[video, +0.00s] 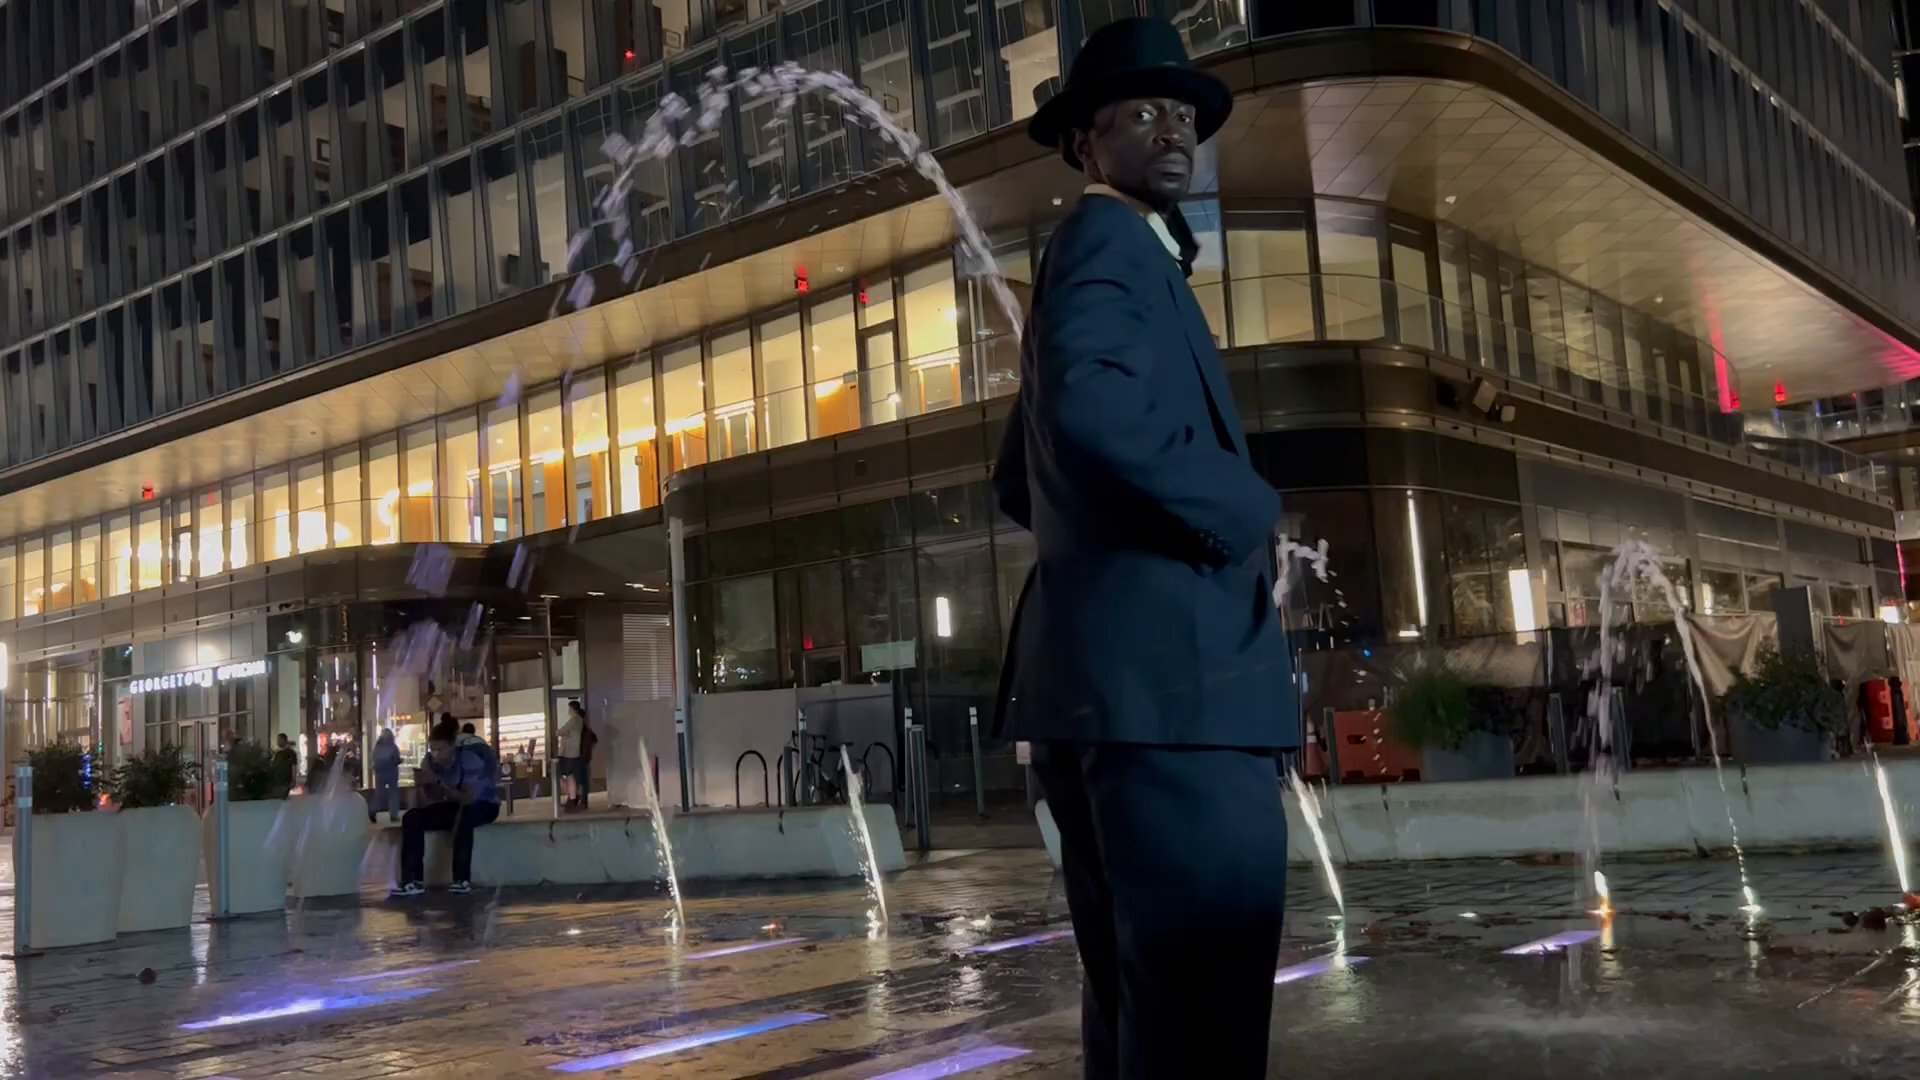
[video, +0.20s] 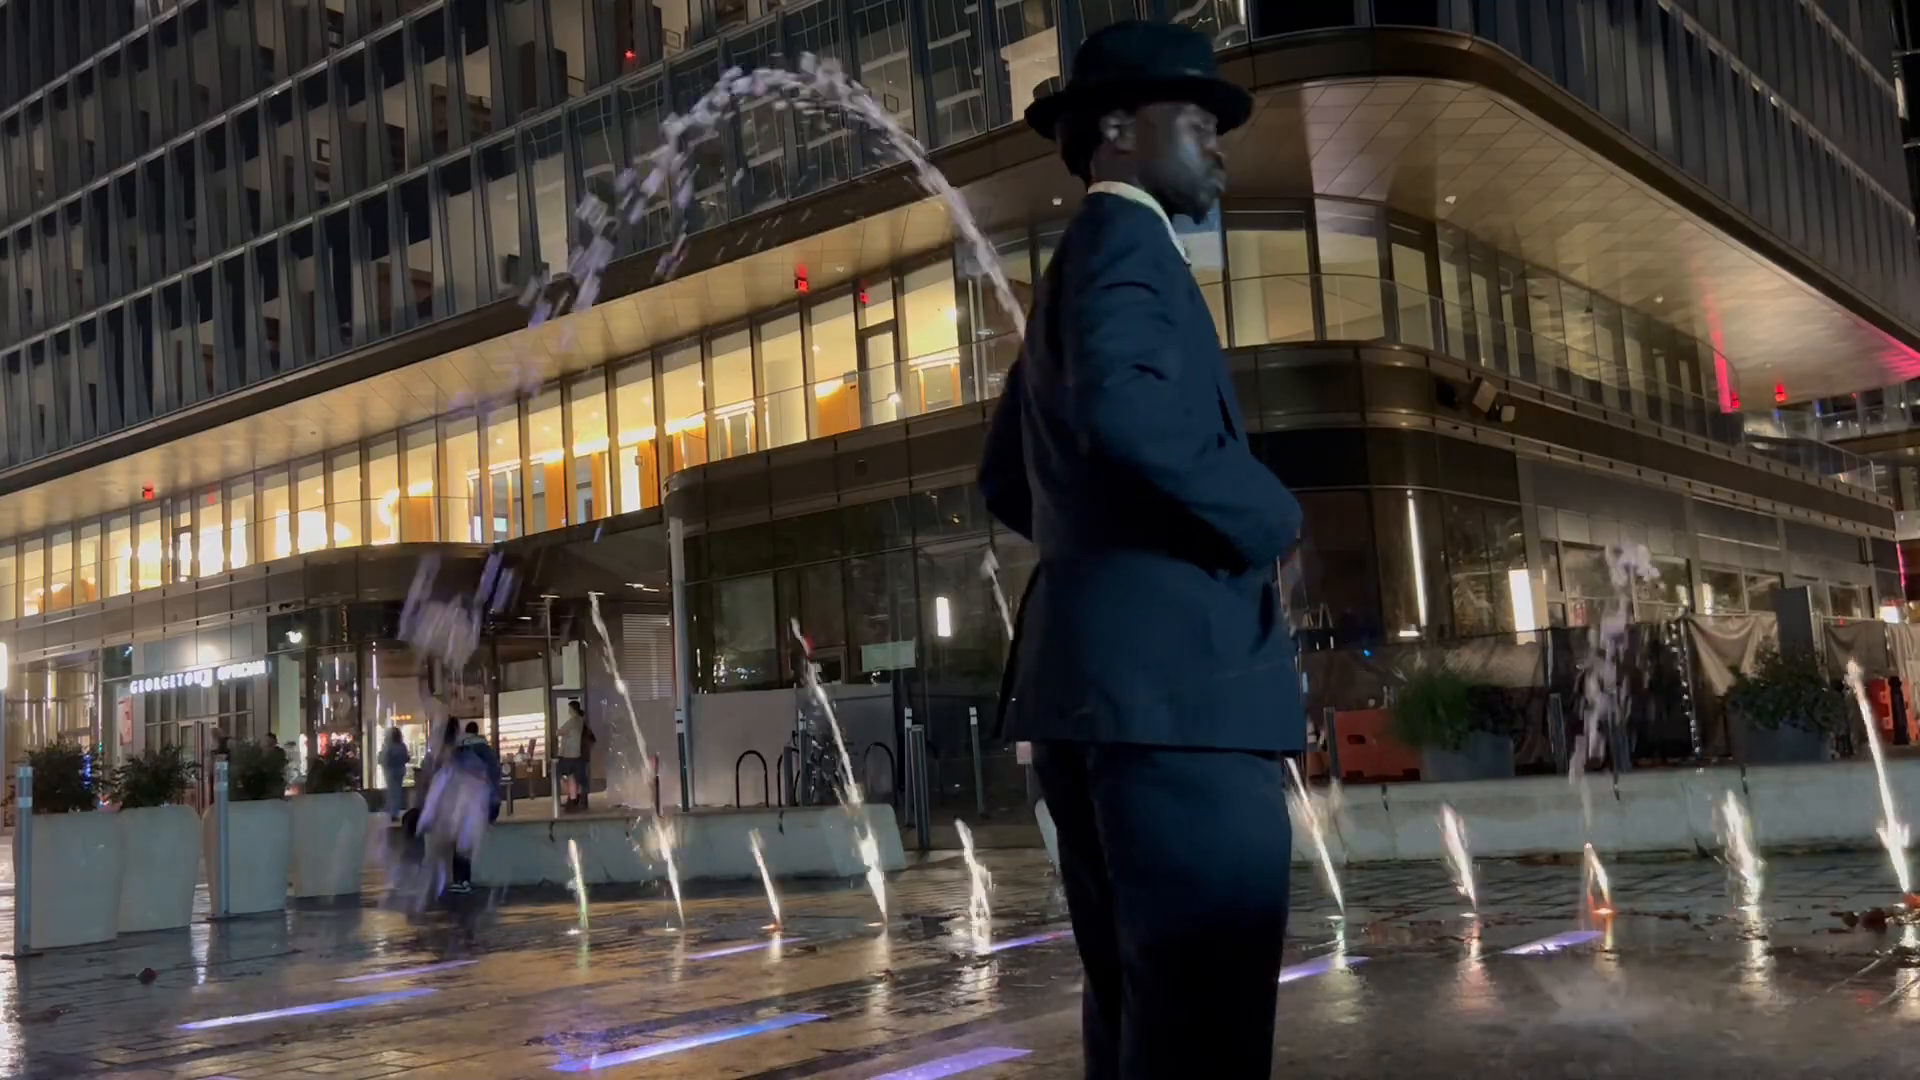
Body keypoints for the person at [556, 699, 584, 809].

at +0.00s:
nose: (568, 711)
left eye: (569, 709)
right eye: (569, 709)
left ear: (572, 709)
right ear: (577, 709)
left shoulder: (574, 720)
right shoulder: (578, 720)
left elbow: (562, 731)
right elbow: (568, 732)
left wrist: (559, 732)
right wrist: (563, 732)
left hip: (570, 754)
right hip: (573, 753)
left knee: (571, 777)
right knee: (564, 776)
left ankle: (572, 799)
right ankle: (570, 798)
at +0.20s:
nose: (568, 711)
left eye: (569, 709)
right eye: (569, 709)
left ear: (572, 709)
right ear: (578, 709)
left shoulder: (573, 721)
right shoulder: (580, 721)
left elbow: (562, 731)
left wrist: (558, 732)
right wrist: (564, 733)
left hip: (569, 754)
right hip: (576, 754)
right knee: (573, 777)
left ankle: (571, 799)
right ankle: (573, 799)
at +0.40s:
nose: (569, 713)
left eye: (570, 710)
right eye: (569, 710)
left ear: (572, 711)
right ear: (578, 711)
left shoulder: (571, 722)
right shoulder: (582, 723)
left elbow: (561, 731)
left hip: (568, 754)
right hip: (578, 754)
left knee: (569, 777)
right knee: (577, 778)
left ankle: (571, 799)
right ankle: (578, 798)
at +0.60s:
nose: (569, 711)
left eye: (570, 709)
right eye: (569, 709)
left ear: (571, 709)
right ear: (577, 709)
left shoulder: (570, 720)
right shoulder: (581, 721)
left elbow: (563, 731)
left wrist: (558, 732)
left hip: (569, 754)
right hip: (577, 754)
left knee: (571, 778)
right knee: (578, 778)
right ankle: (581, 799)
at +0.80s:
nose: (568, 711)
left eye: (569, 709)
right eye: (569, 709)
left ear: (570, 709)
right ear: (577, 709)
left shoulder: (569, 722)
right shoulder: (580, 721)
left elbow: (559, 732)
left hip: (566, 754)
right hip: (576, 753)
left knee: (565, 777)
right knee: (575, 776)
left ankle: (572, 799)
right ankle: (579, 798)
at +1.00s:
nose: (566, 711)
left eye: (567, 709)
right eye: (567, 709)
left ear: (570, 709)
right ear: (577, 709)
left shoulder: (569, 722)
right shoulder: (578, 721)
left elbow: (558, 732)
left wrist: (561, 720)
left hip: (565, 753)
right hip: (574, 753)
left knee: (562, 776)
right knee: (572, 776)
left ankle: (570, 798)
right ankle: (574, 798)